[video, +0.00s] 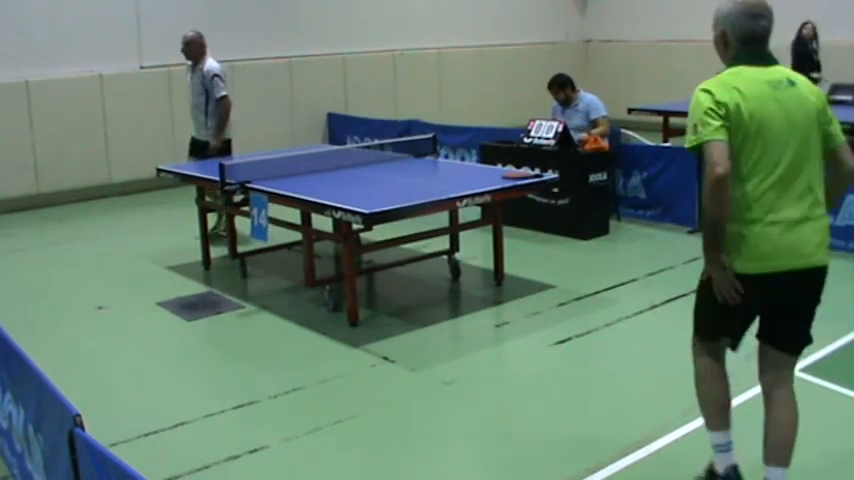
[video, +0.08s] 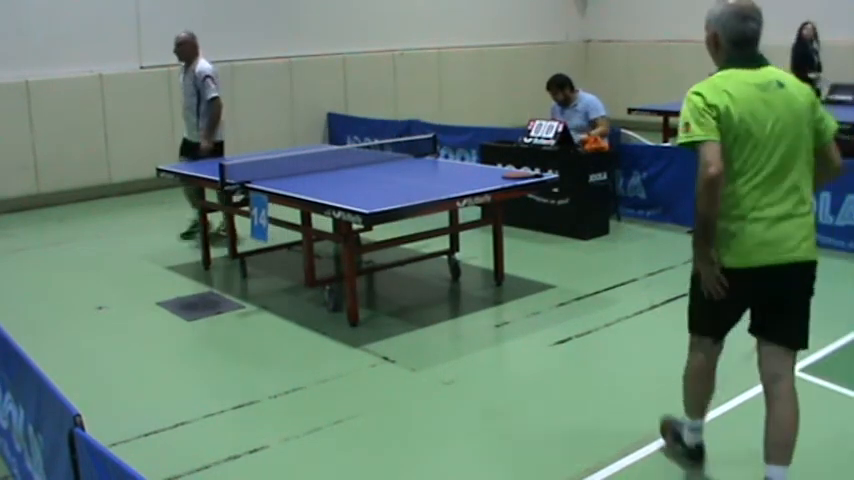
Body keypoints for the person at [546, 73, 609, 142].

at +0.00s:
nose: (555, 98)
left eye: (557, 94)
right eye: (553, 95)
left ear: (568, 89)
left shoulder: (591, 101)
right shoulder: (557, 108)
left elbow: (604, 128)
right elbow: (555, 130)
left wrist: (587, 135)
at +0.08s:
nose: (554, 98)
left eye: (556, 94)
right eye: (552, 95)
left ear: (567, 90)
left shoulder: (590, 101)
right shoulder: (556, 109)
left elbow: (604, 128)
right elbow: (554, 130)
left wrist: (587, 136)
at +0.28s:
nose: (552, 100)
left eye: (553, 96)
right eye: (550, 97)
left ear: (564, 90)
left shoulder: (587, 101)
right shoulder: (555, 108)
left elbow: (602, 127)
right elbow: (552, 130)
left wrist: (589, 136)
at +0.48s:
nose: (550, 101)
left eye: (551, 97)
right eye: (548, 97)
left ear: (562, 91)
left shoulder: (586, 101)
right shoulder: (553, 109)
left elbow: (602, 127)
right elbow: (552, 131)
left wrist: (589, 136)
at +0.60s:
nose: (550, 101)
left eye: (552, 96)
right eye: (548, 97)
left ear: (562, 91)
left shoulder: (586, 101)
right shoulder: (553, 109)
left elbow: (602, 127)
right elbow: (552, 132)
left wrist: (588, 137)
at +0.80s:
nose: (550, 101)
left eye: (552, 97)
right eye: (548, 97)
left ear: (562, 91)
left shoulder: (586, 101)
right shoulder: (554, 109)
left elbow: (603, 125)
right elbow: (552, 132)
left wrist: (590, 136)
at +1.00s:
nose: (551, 101)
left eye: (552, 97)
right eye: (549, 98)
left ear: (563, 91)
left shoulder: (586, 101)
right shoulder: (554, 108)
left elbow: (602, 124)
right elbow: (551, 130)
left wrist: (590, 136)